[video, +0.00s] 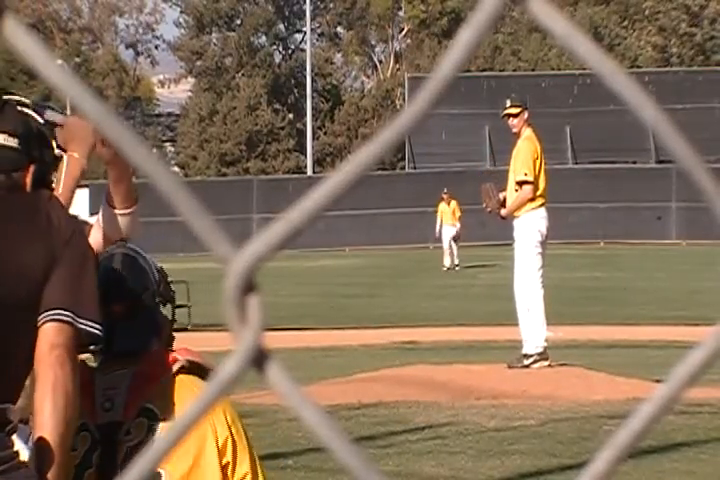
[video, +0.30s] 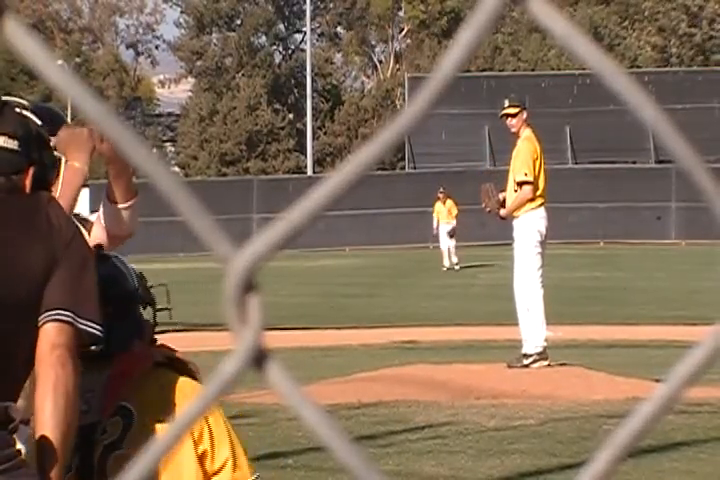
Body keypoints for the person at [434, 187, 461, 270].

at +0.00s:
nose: (445, 196)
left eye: (447, 194)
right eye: (444, 194)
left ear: (449, 195)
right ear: (442, 195)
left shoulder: (454, 203)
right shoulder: (441, 205)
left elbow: (458, 215)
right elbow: (439, 218)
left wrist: (458, 225)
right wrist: (437, 229)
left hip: (453, 225)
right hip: (445, 225)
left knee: (453, 244)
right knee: (445, 245)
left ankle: (456, 262)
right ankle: (447, 263)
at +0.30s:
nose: (441, 195)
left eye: (443, 193)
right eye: (440, 193)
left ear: (445, 194)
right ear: (438, 194)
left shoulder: (450, 203)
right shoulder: (437, 204)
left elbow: (454, 213)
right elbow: (435, 216)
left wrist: (454, 225)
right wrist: (435, 227)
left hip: (450, 224)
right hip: (442, 224)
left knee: (452, 243)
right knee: (443, 244)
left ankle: (455, 261)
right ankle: (446, 263)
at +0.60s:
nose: (439, 195)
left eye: (441, 193)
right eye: (438, 193)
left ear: (444, 195)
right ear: (437, 194)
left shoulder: (448, 203)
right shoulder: (436, 204)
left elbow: (453, 216)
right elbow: (433, 217)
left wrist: (450, 227)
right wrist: (432, 228)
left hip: (447, 224)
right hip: (439, 225)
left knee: (446, 244)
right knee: (440, 244)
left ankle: (446, 263)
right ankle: (444, 260)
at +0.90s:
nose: (439, 195)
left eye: (441, 193)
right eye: (438, 193)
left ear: (443, 194)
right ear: (435, 194)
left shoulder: (446, 203)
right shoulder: (434, 204)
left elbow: (450, 217)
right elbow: (432, 216)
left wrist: (446, 229)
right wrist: (428, 228)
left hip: (444, 225)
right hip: (437, 225)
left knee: (444, 246)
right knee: (433, 244)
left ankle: (444, 265)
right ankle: (437, 260)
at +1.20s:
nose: (430, 201)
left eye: (432, 199)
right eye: (429, 199)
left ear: (435, 199)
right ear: (428, 200)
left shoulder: (440, 207)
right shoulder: (429, 208)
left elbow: (445, 223)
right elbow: (428, 220)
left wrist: (441, 230)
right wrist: (425, 231)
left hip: (441, 228)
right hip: (433, 229)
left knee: (442, 248)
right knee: (430, 248)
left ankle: (443, 265)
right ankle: (427, 265)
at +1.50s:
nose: (426, 205)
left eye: (427, 203)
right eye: (425, 203)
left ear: (430, 204)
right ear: (423, 204)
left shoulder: (434, 209)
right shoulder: (424, 212)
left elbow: (443, 214)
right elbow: (424, 222)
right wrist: (427, 232)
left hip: (440, 230)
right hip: (432, 231)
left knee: (443, 247)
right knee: (428, 248)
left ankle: (451, 262)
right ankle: (426, 266)